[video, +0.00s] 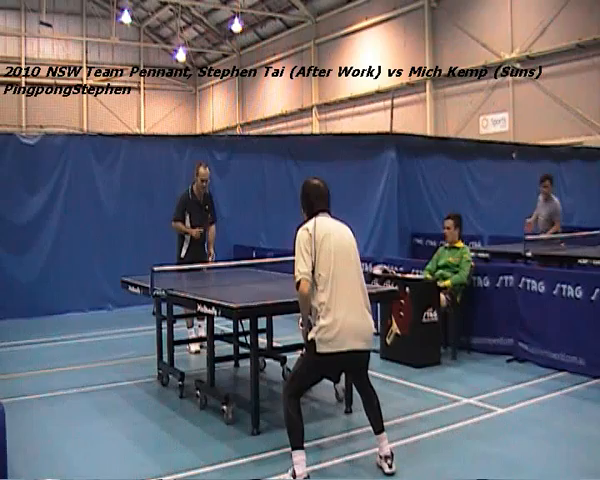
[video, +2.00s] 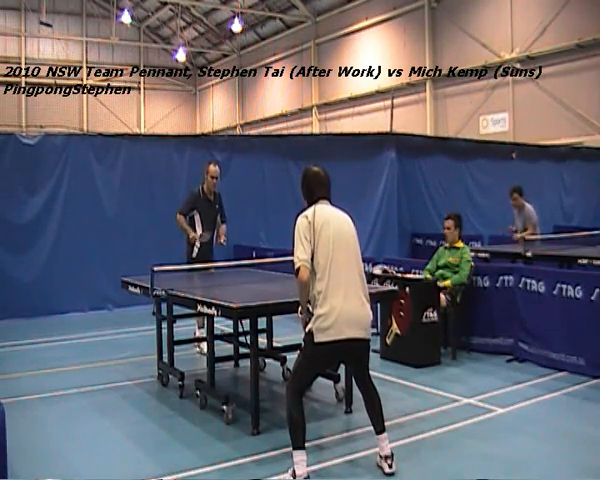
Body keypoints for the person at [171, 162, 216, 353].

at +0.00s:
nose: (204, 184)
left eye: (207, 180)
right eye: (202, 180)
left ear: (209, 180)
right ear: (195, 179)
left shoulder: (208, 198)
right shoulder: (185, 198)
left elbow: (211, 224)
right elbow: (175, 222)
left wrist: (211, 246)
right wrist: (190, 231)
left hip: (202, 250)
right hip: (187, 251)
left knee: (203, 289)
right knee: (187, 292)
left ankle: (201, 327)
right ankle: (191, 332)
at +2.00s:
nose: (215, 181)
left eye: (217, 178)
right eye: (212, 177)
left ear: (219, 178)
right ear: (205, 177)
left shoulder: (217, 197)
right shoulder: (195, 196)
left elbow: (222, 220)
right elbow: (179, 215)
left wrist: (221, 233)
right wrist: (190, 232)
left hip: (209, 249)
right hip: (196, 249)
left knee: (209, 291)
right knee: (199, 292)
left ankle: (202, 332)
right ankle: (200, 332)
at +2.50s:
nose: (215, 189)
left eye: (218, 185)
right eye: (213, 185)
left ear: (221, 185)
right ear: (206, 184)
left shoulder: (220, 201)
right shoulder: (197, 200)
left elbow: (225, 226)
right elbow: (187, 224)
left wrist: (225, 242)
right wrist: (207, 227)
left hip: (208, 253)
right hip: (195, 253)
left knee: (207, 294)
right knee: (199, 295)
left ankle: (199, 331)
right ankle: (199, 332)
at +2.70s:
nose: (215, 187)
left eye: (217, 183)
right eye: (212, 183)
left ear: (220, 183)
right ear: (206, 182)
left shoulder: (219, 199)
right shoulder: (198, 198)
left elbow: (225, 218)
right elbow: (197, 222)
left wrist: (227, 225)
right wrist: (218, 211)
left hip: (209, 251)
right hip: (195, 252)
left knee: (209, 292)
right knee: (199, 295)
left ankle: (198, 324)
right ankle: (201, 334)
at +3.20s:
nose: (220, 191)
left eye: (222, 188)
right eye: (219, 187)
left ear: (219, 188)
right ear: (209, 185)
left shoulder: (208, 200)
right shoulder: (203, 201)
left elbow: (211, 224)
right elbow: (216, 224)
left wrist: (224, 233)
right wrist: (226, 214)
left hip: (202, 252)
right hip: (196, 253)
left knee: (207, 289)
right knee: (203, 294)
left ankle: (199, 322)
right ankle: (202, 334)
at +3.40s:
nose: (222, 190)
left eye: (224, 187)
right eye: (220, 185)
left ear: (223, 187)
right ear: (211, 183)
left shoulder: (217, 202)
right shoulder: (201, 197)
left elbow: (214, 228)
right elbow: (185, 181)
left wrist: (218, 247)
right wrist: (190, 187)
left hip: (204, 249)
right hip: (190, 248)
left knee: (204, 286)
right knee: (193, 288)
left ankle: (199, 325)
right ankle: (192, 328)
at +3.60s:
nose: (217, 183)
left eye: (219, 181)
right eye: (215, 179)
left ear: (221, 182)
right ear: (207, 176)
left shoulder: (216, 198)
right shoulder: (196, 188)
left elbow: (214, 226)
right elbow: (174, 185)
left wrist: (216, 248)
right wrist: (168, 195)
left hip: (204, 248)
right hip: (189, 247)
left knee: (203, 287)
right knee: (185, 288)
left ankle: (198, 324)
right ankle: (180, 329)